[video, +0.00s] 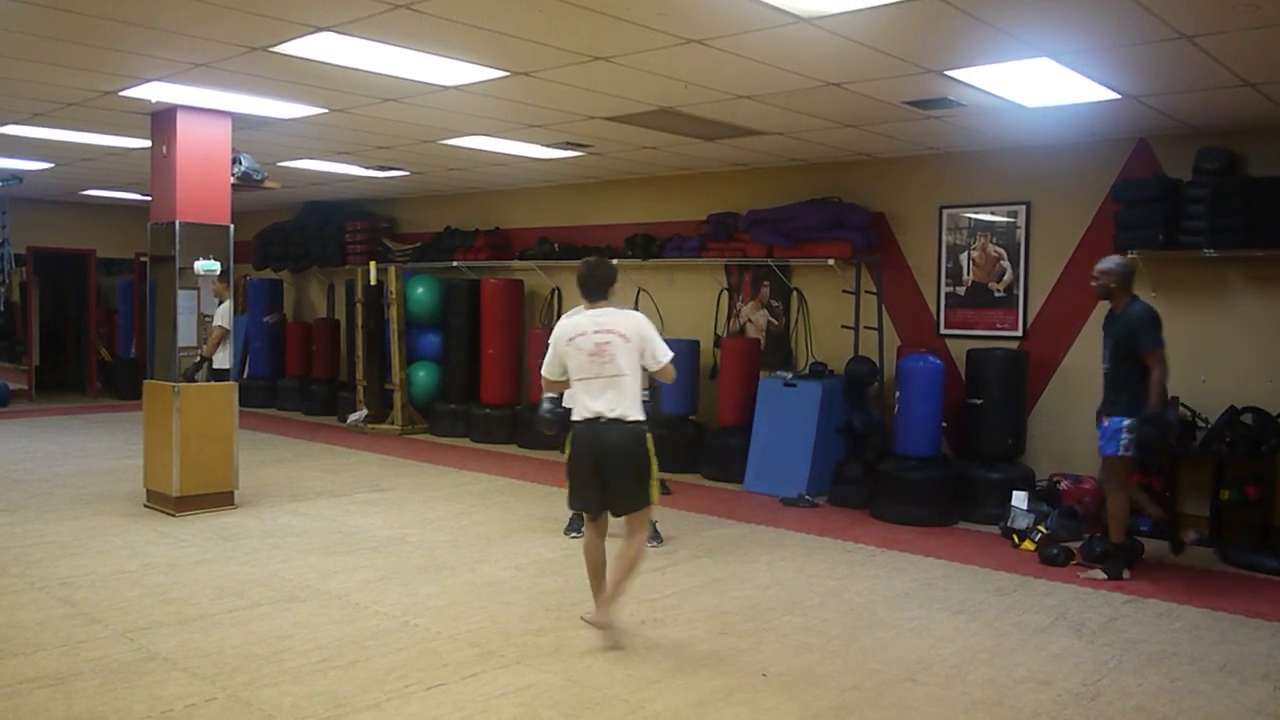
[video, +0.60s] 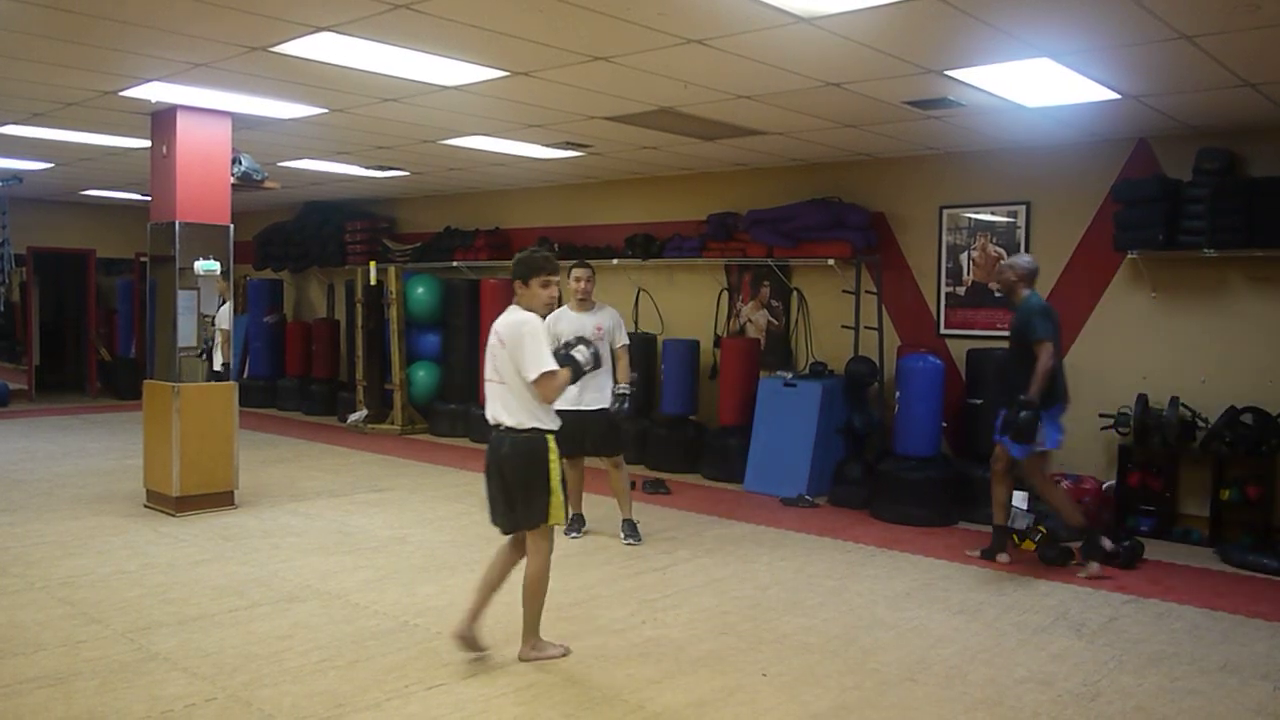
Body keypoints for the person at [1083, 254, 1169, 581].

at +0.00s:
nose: (1092, 283)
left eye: (1098, 279)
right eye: (1093, 278)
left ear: (1119, 282)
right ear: (1110, 283)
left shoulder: (1142, 316)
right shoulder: (1111, 317)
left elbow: (1157, 366)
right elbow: (1113, 369)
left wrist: (1152, 413)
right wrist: (1105, 406)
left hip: (1129, 415)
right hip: (1111, 414)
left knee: (1114, 482)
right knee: (1115, 481)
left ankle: (1117, 556)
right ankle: (1166, 523)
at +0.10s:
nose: (1079, 281)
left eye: (1085, 276)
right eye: (1079, 275)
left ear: (1105, 278)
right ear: (1098, 278)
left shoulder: (1127, 311)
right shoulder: (1104, 311)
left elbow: (1140, 362)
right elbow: (1106, 365)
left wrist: (1125, 411)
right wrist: (1097, 407)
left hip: (1123, 417)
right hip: (1102, 413)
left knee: (1114, 483)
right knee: (1078, 466)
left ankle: (1117, 558)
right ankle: (1124, 511)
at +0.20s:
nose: (1066, 278)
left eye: (1072, 273)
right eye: (1067, 272)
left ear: (1090, 276)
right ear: (1085, 277)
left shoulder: (1111, 308)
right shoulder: (1092, 308)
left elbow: (1123, 357)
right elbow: (1095, 361)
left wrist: (1097, 405)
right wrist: (1082, 401)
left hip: (1116, 408)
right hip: (1089, 403)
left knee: (1112, 480)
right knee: (1051, 455)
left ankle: (1118, 558)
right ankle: (1091, 517)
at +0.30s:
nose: (1053, 279)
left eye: (1058, 274)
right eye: (1054, 273)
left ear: (1076, 277)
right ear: (1072, 277)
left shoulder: (1095, 308)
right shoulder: (1078, 309)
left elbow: (1104, 356)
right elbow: (1080, 360)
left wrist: (1075, 398)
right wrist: (1066, 398)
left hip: (1102, 410)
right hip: (1078, 407)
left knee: (1107, 480)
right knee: (1033, 455)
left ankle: (1117, 556)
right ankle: (1050, 527)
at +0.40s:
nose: (1037, 280)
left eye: (1042, 274)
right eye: (1038, 274)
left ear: (1057, 278)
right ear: (1054, 278)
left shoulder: (1076, 310)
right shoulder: (1059, 311)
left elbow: (1086, 358)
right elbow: (1064, 362)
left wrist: (1054, 398)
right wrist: (1046, 397)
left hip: (1084, 412)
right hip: (1060, 410)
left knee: (1096, 480)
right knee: (1022, 461)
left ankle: (1114, 553)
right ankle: (1009, 536)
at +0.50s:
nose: (1017, 280)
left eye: (1022, 275)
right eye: (1019, 275)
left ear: (1037, 280)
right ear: (1037, 281)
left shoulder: (1056, 312)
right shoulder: (1041, 313)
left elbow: (1067, 359)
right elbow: (1044, 362)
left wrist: (1039, 402)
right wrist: (1030, 396)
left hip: (1063, 411)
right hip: (1039, 410)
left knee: (1076, 483)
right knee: (1012, 465)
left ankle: (1109, 553)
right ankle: (1001, 543)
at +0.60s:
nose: (997, 273)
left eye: (1003, 268)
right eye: (999, 268)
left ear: (1019, 276)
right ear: (1018, 276)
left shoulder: (1035, 309)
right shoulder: (1021, 308)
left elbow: (1045, 357)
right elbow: (1025, 362)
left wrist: (1029, 406)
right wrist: (1011, 401)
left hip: (1039, 409)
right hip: (1018, 406)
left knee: (1035, 476)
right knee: (1000, 466)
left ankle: (1090, 543)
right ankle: (999, 543)